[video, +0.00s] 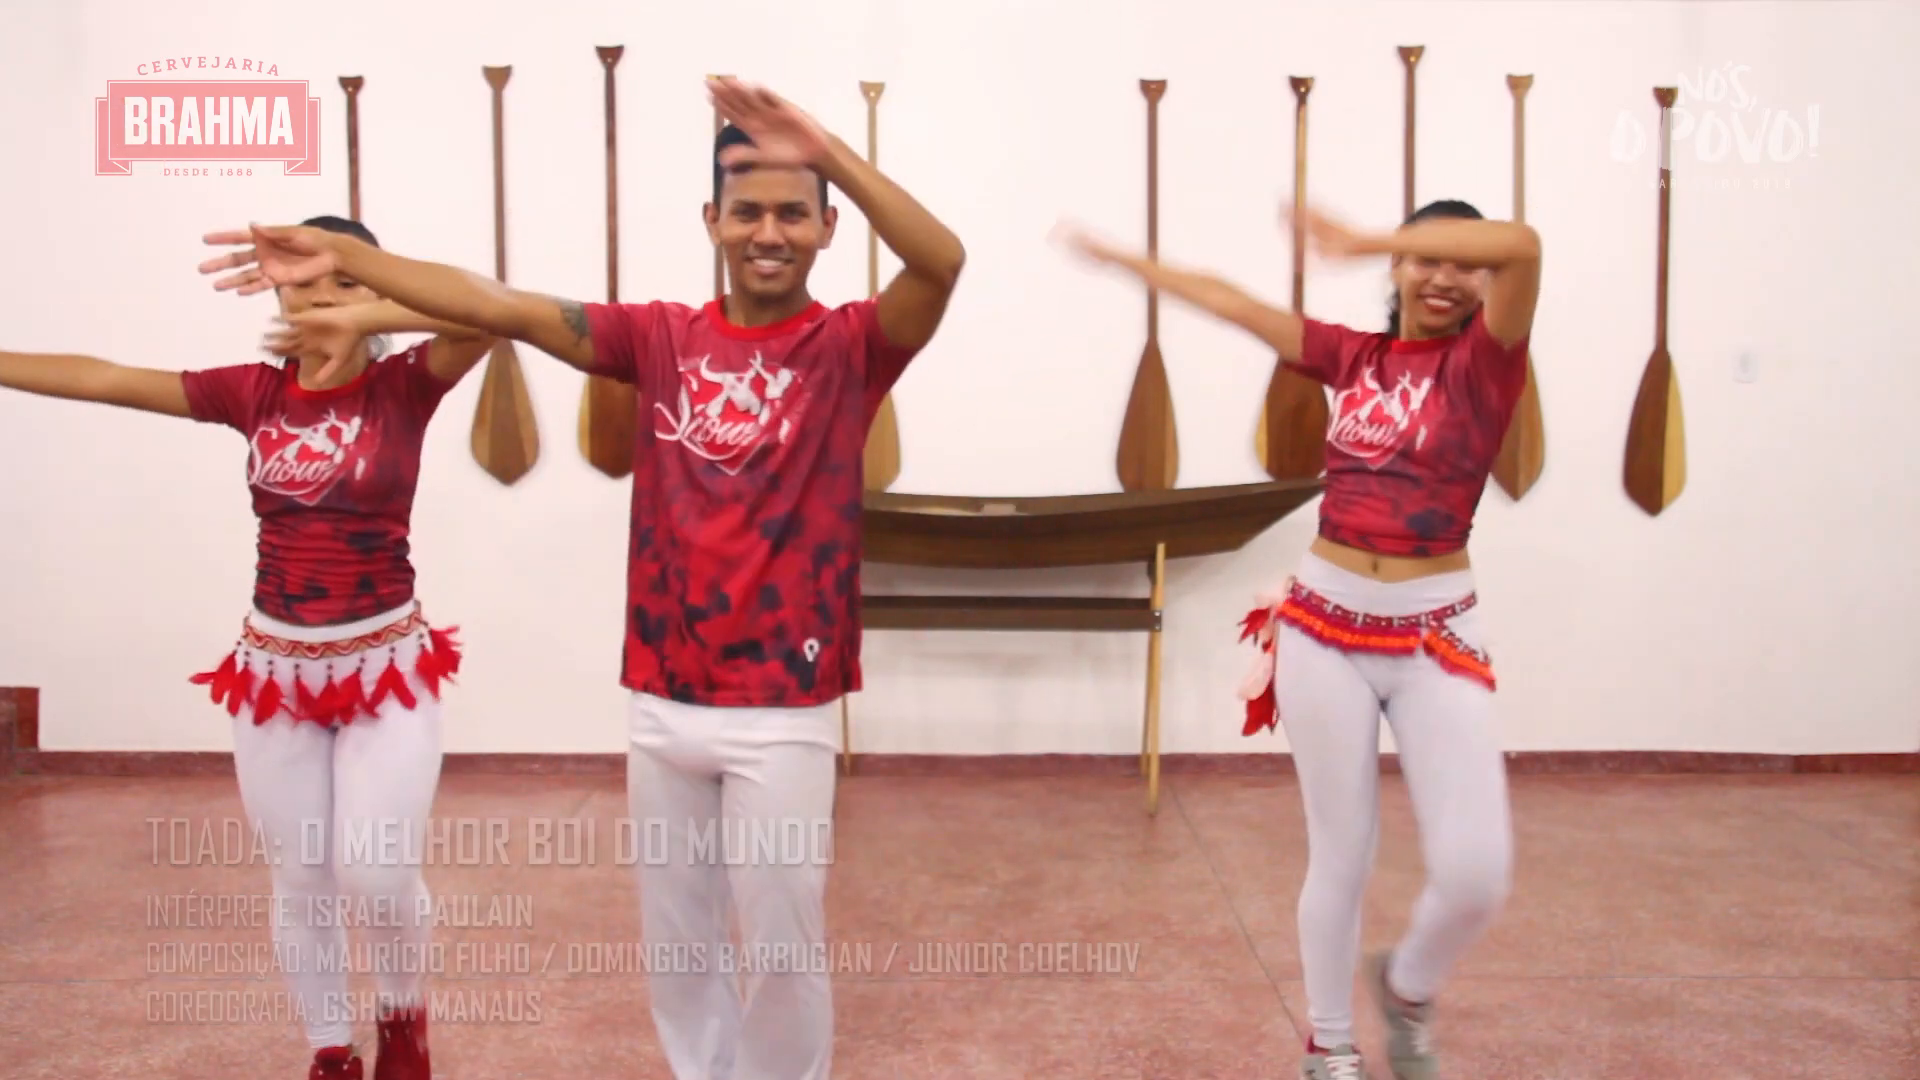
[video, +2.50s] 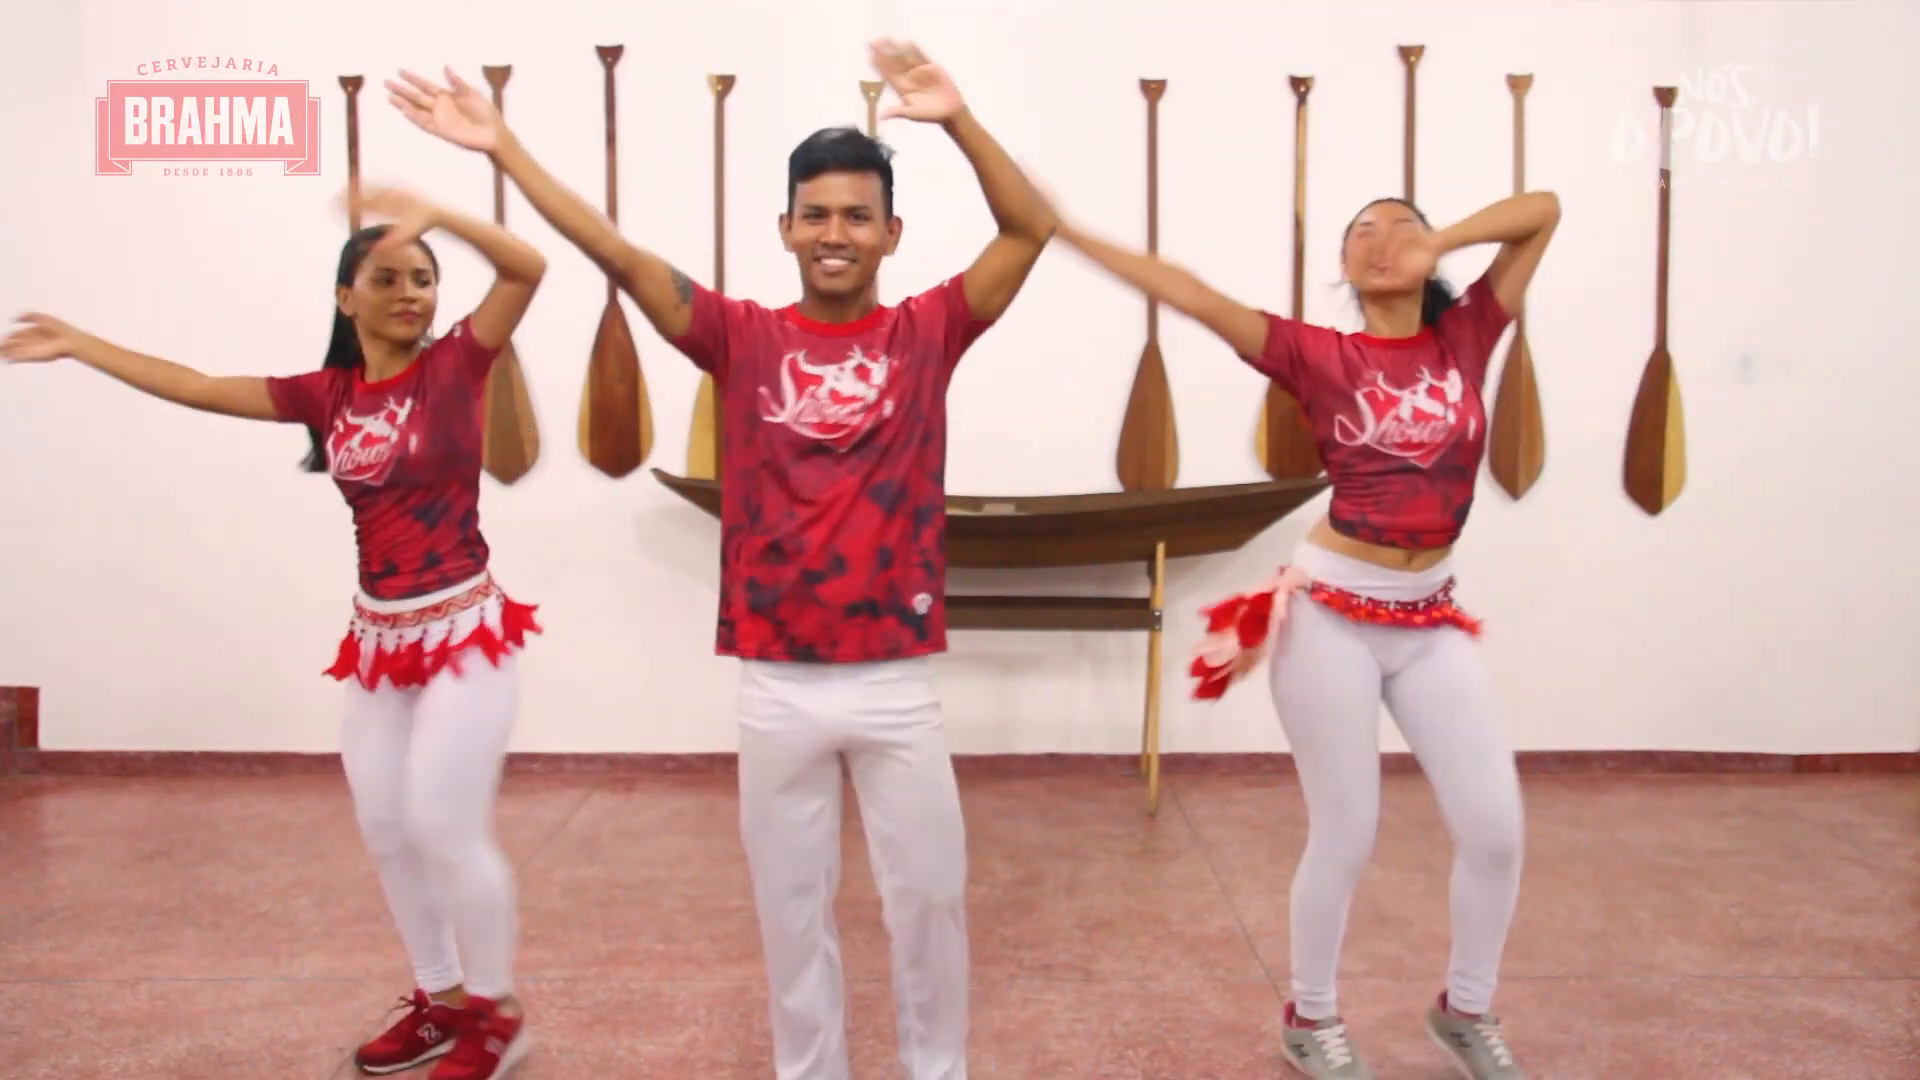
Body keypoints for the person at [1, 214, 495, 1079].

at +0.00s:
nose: (313, 298)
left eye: (335, 283)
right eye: (302, 281)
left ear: (375, 302)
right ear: (285, 297)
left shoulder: (403, 387)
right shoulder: (253, 391)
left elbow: (489, 317)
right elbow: (101, 377)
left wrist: (368, 282)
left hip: (389, 673)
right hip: (276, 677)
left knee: (375, 869)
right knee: (301, 881)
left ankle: (403, 1019)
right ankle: (333, 1056)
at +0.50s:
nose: (330, 271)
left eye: (353, 258)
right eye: (318, 254)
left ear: (398, 281)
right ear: (298, 269)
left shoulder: (400, 380)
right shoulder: (295, 359)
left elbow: (381, 272)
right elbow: (195, 276)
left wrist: (302, 130)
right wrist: (136, 151)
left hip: (384, 667)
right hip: (294, 670)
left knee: (373, 891)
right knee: (311, 884)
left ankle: (459, 1077)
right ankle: (342, 1058)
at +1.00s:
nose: (373, 290)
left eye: (394, 273)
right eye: (365, 272)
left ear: (452, 288)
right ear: (353, 281)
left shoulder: (455, 393)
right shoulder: (370, 361)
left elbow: (436, 313)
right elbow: (312, 284)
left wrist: (388, 183)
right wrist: (292, 213)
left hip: (458, 692)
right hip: (390, 690)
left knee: (447, 940)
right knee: (281, 846)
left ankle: (483, 1079)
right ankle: (434, 989)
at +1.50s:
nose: (363, 276)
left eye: (383, 259)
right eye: (361, 257)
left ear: (446, 285)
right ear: (426, 292)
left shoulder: (436, 382)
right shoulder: (434, 375)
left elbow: (341, 283)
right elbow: (352, 254)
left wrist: (238, 156)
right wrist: (254, 159)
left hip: (450, 687)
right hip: (445, 676)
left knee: (444, 933)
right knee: (443, 902)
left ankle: (488, 1072)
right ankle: (493, 1017)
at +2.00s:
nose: (348, 297)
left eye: (371, 285)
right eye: (342, 280)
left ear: (424, 304)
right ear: (338, 298)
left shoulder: (430, 400)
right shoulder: (370, 401)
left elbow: (398, 303)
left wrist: (289, 228)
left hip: (421, 678)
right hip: (357, 679)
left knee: (435, 894)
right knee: (366, 855)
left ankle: (474, 1070)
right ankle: (426, 995)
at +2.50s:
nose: (411, 293)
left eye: (423, 277)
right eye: (388, 278)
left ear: (437, 291)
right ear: (349, 295)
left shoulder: (459, 365)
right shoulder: (329, 394)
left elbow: (528, 267)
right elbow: (199, 387)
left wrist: (432, 209)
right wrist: (78, 343)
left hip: (470, 633)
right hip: (382, 640)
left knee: (444, 821)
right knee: (386, 827)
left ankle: (495, 1011)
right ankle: (441, 1000)